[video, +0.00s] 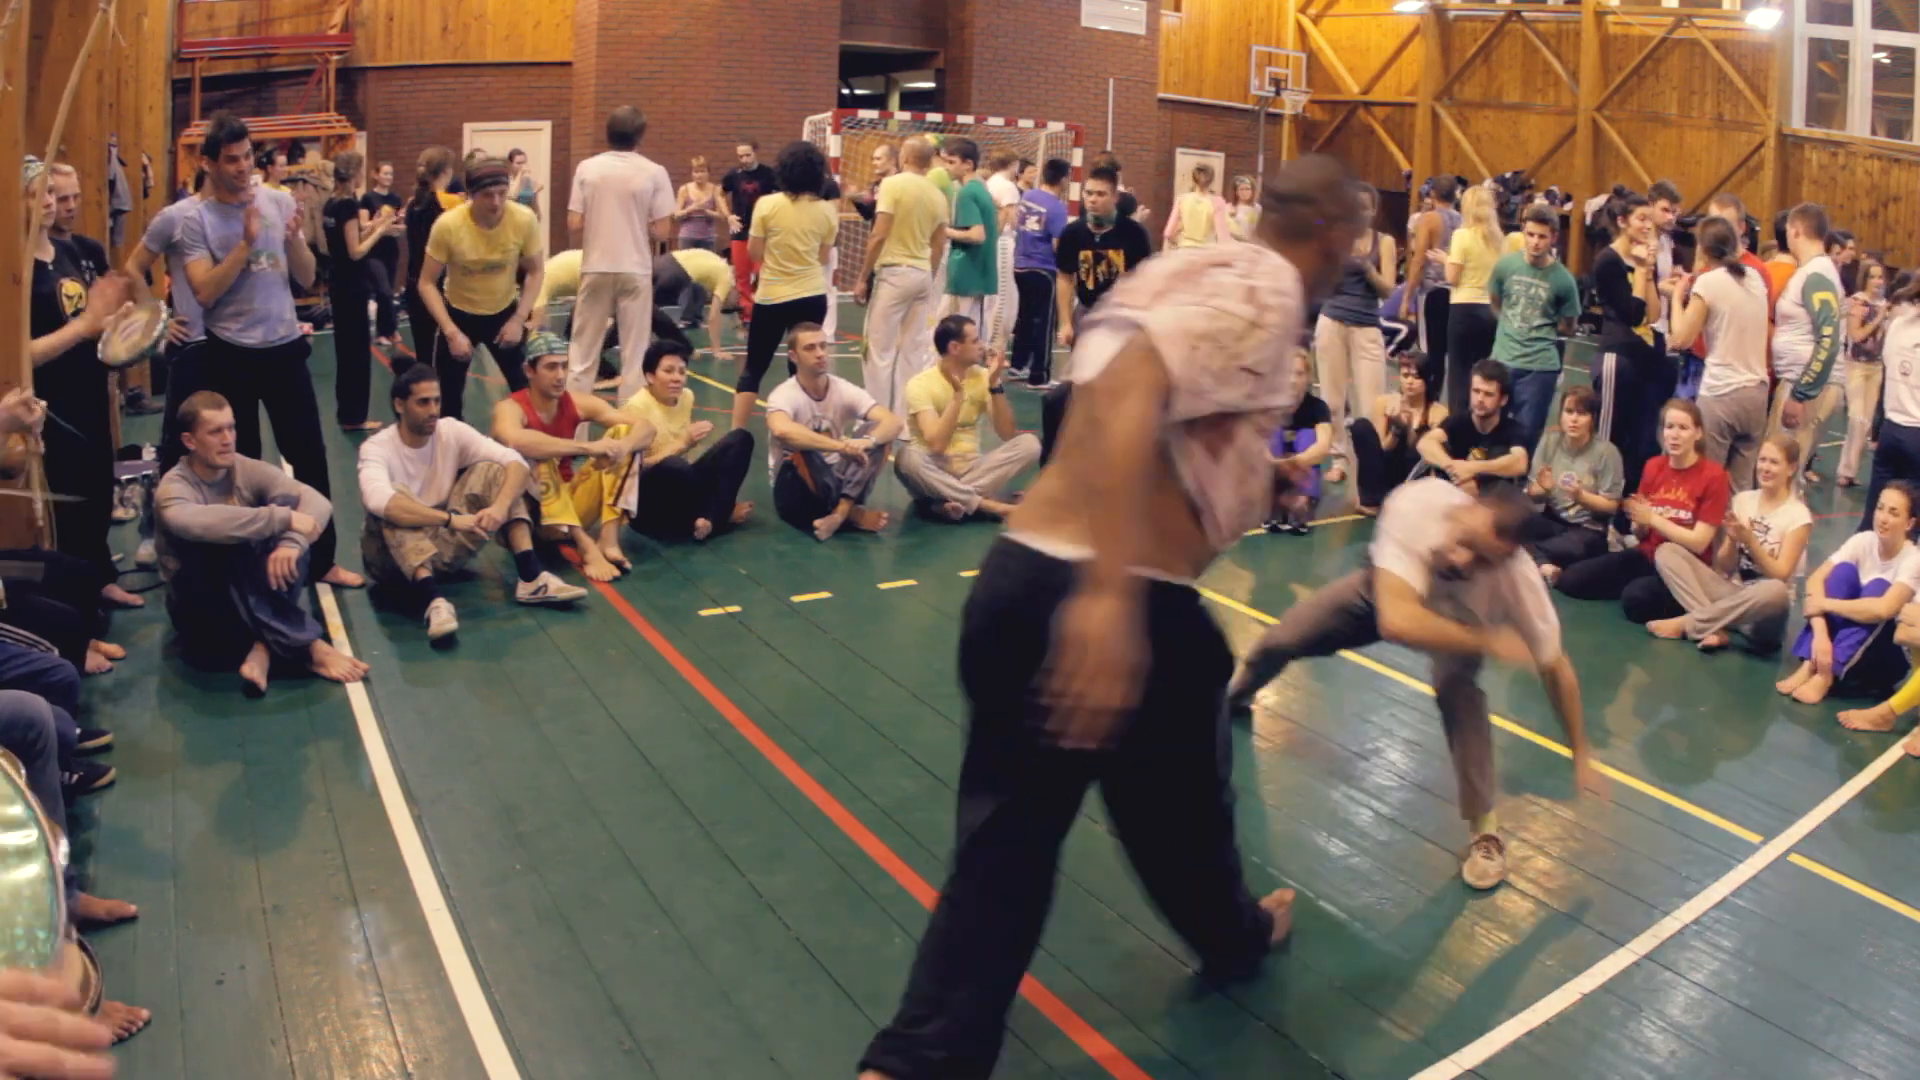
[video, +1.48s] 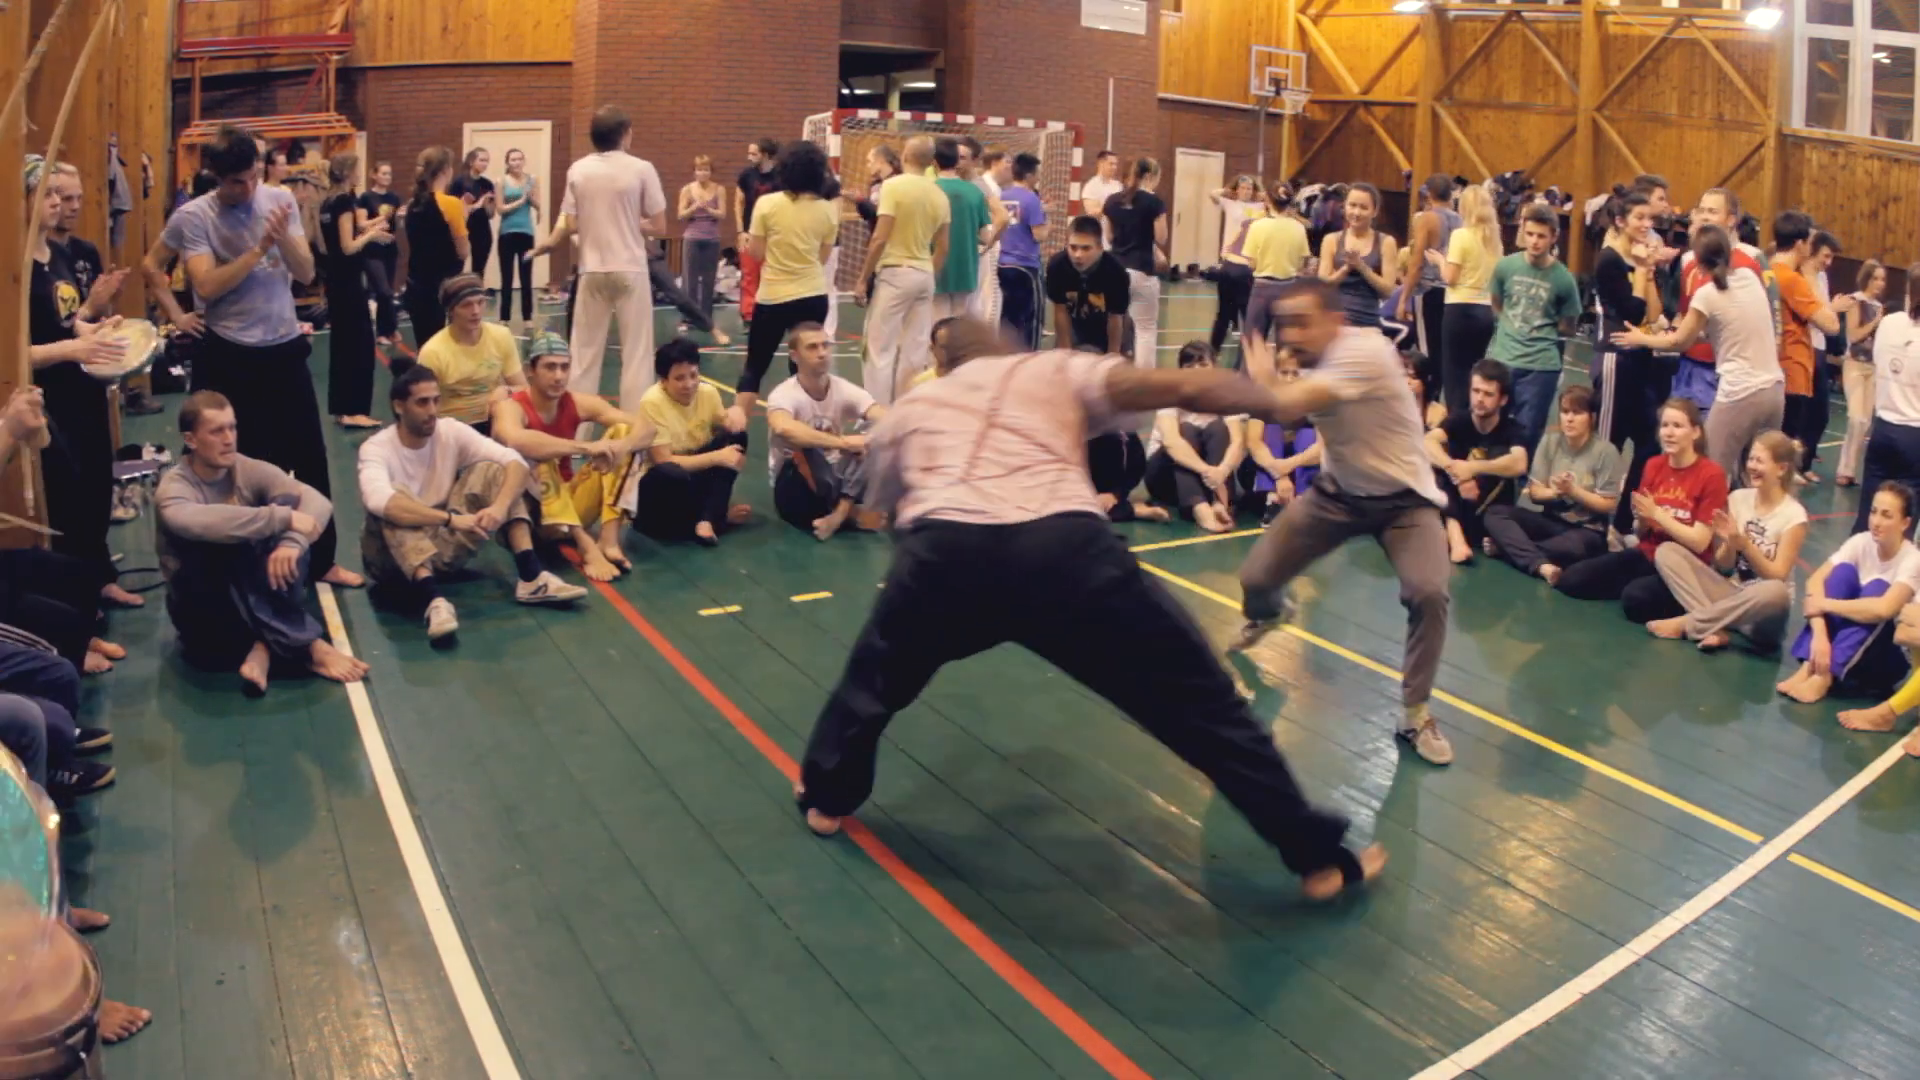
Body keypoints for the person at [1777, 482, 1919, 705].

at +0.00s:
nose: (1883, 518)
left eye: (1893, 513)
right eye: (1880, 508)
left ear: (1909, 523)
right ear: (1874, 510)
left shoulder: (1913, 558)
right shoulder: (1862, 541)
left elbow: (1885, 610)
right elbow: (1814, 580)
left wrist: (1823, 604)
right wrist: (1821, 637)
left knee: (1877, 586)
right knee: (1844, 570)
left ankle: (1825, 675)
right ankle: (1809, 665)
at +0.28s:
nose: (1879, 520)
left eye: (1889, 514)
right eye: (1876, 511)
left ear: (1907, 523)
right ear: (1870, 512)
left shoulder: (1913, 558)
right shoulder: (1860, 542)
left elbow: (1885, 610)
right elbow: (1814, 579)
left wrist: (1823, 603)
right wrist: (1822, 637)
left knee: (1878, 586)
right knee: (1843, 570)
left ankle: (1825, 675)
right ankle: (1808, 665)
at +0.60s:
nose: (1877, 521)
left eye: (1887, 515)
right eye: (1874, 512)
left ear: (1905, 523)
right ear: (1868, 512)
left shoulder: (1912, 559)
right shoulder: (1860, 542)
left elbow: (1885, 609)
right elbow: (1814, 581)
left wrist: (1822, 604)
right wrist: (1820, 638)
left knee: (1876, 586)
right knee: (1843, 571)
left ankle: (1824, 676)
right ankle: (1807, 666)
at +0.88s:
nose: (1877, 521)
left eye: (1887, 515)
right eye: (1874, 512)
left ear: (1905, 523)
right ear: (1868, 513)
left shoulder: (1912, 559)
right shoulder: (1859, 542)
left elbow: (1884, 609)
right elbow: (1814, 581)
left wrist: (1822, 604)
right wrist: (1820, 637)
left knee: (1876, 586)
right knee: (1843, 571)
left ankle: (1824, 676)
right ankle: (1807, 666)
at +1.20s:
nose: (1876, 521)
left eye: (1886, 515)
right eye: (1874, 512)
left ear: (1905, 523)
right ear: (1868, 512)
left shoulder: (1912, 559)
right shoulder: (1860, 542)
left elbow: (1885, 610)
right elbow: (1814, 581)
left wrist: (1823, 604)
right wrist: (1820, 638)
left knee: (1877, 587)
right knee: (1843, 572)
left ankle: (1823, 676)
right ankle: (1807, 666)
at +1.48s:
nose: (1876, 521)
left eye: (1886, 515)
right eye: (1874, 512)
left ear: (1905, 524)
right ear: (1869, 512)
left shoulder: (1912, 559)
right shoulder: (1860, 542)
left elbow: (1885, 609)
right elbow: (1814, 581)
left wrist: (1823, 604)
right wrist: (1820, 638)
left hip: (1880, 667)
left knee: (1877, 587)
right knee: (1843, 572)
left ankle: (1823, 676)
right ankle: (1808, 666)